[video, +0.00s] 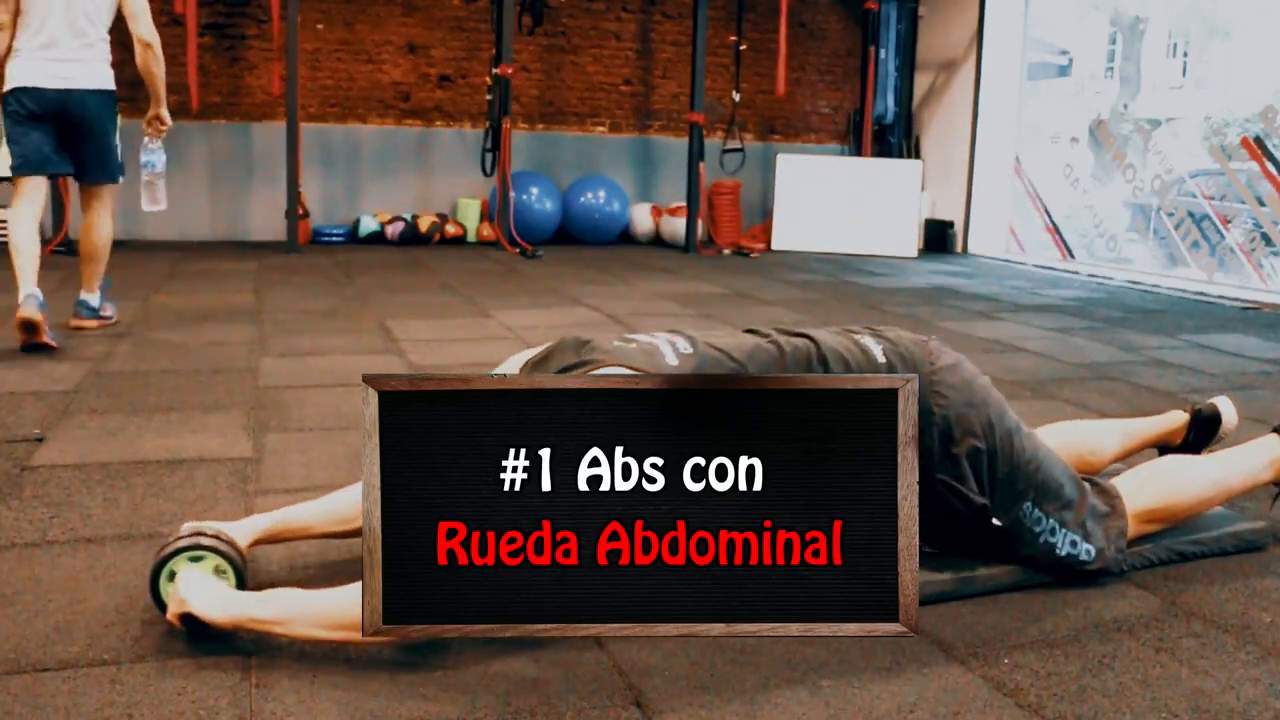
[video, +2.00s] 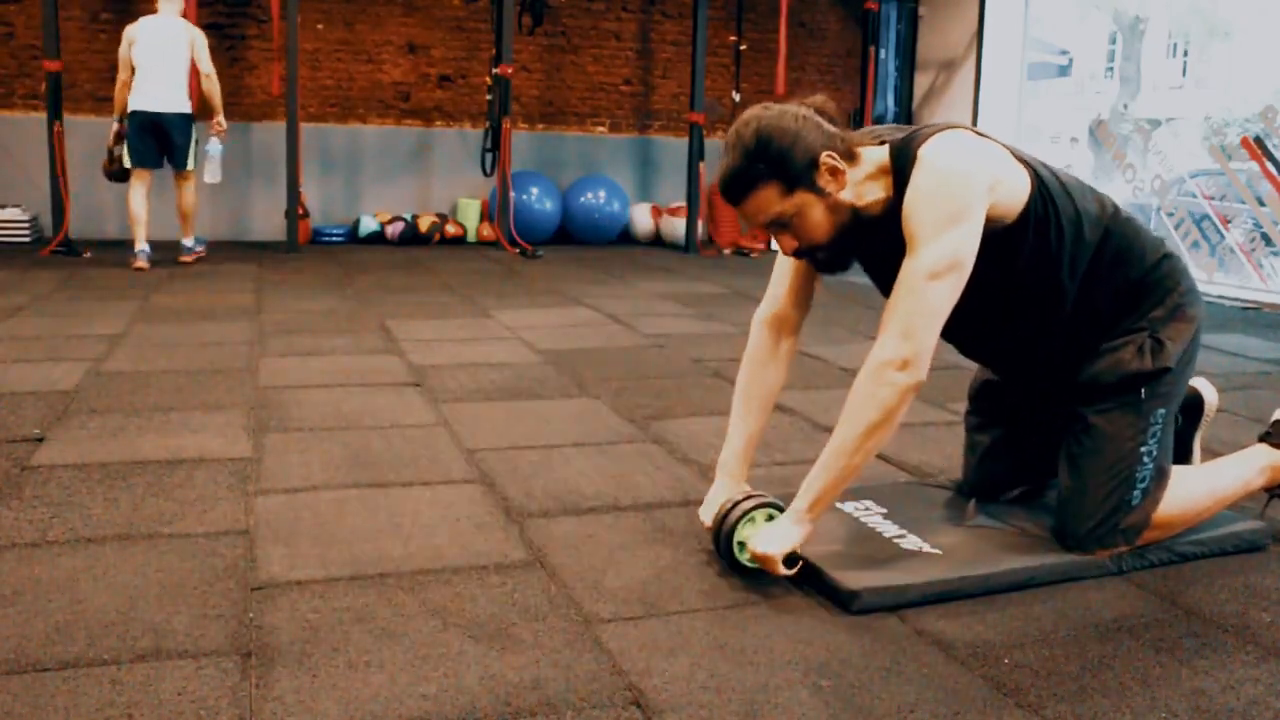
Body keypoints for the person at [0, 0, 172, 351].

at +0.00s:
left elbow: (4, 28)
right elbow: (146, 40)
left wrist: (6, 84)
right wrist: (158, 103)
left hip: (25, 84)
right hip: (90, 88)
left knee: (27, 195)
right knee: (97, 200)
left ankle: (28, 297)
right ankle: (89, 302)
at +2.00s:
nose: (180, 7)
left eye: (175, 5)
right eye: (181, 5)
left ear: (156, 5)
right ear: (182, 6)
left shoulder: (132, 30)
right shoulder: (193, 33)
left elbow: (123, 79)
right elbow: (208, 76)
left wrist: (117, 119)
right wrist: (219, 113)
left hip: (140, 113)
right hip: (177, 114)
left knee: (139, 180)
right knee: (185, 180)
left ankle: (140, 250)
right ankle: (188, 244)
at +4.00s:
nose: (159, 141)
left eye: (158, 138)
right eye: (157, 139)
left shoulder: (157, 112)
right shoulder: (206, 100)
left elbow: (139, 160)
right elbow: (229, 137)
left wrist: (124, 199)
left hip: (185, 125)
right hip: (219, 123)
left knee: (170, 178)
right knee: (211, 181)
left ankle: (180, 237)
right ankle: (202, 242)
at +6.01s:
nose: (121, 159)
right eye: (123, 155)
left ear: (97, 152)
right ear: (123, 153)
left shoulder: (74, 172)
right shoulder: (129, 168)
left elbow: (51, 214)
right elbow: (167, 184)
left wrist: (74, 216)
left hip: (95, 256)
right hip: (127, 248)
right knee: (181, 203)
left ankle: (167, 250)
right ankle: (227, 233)